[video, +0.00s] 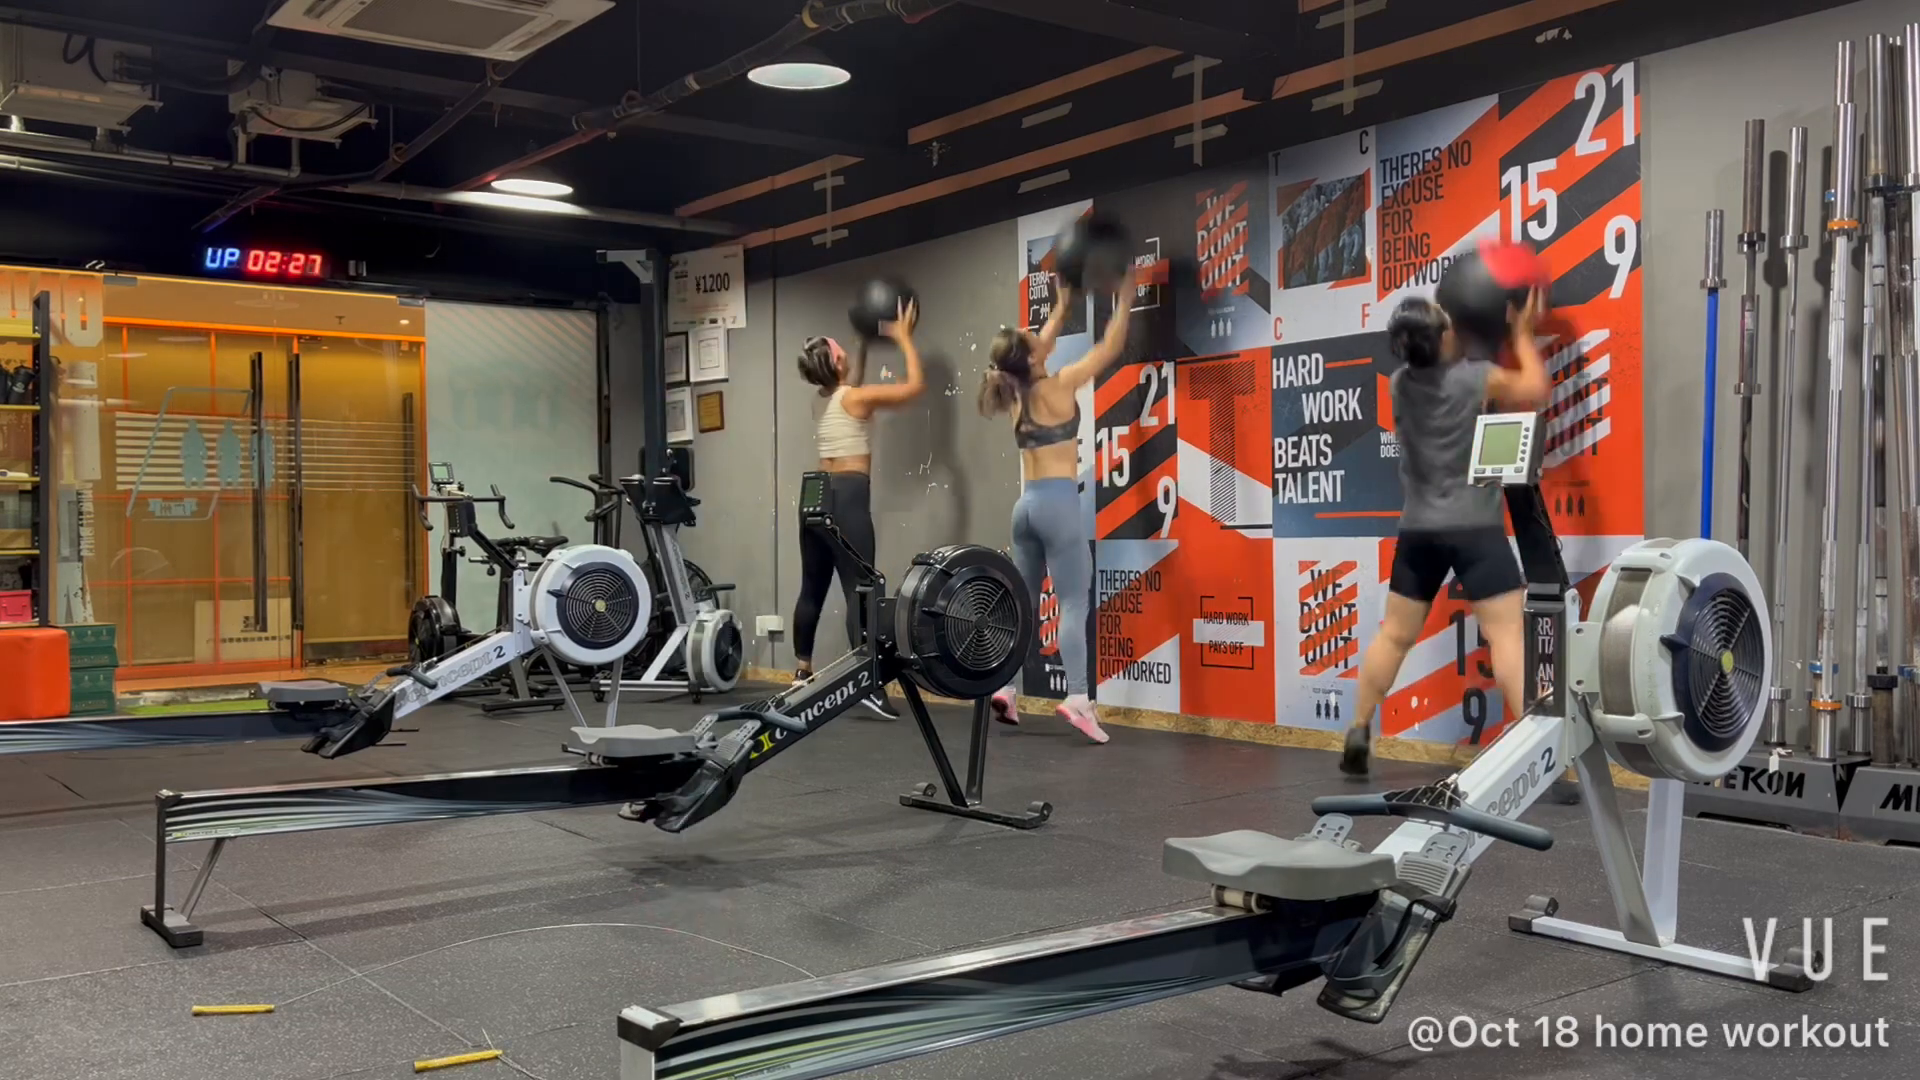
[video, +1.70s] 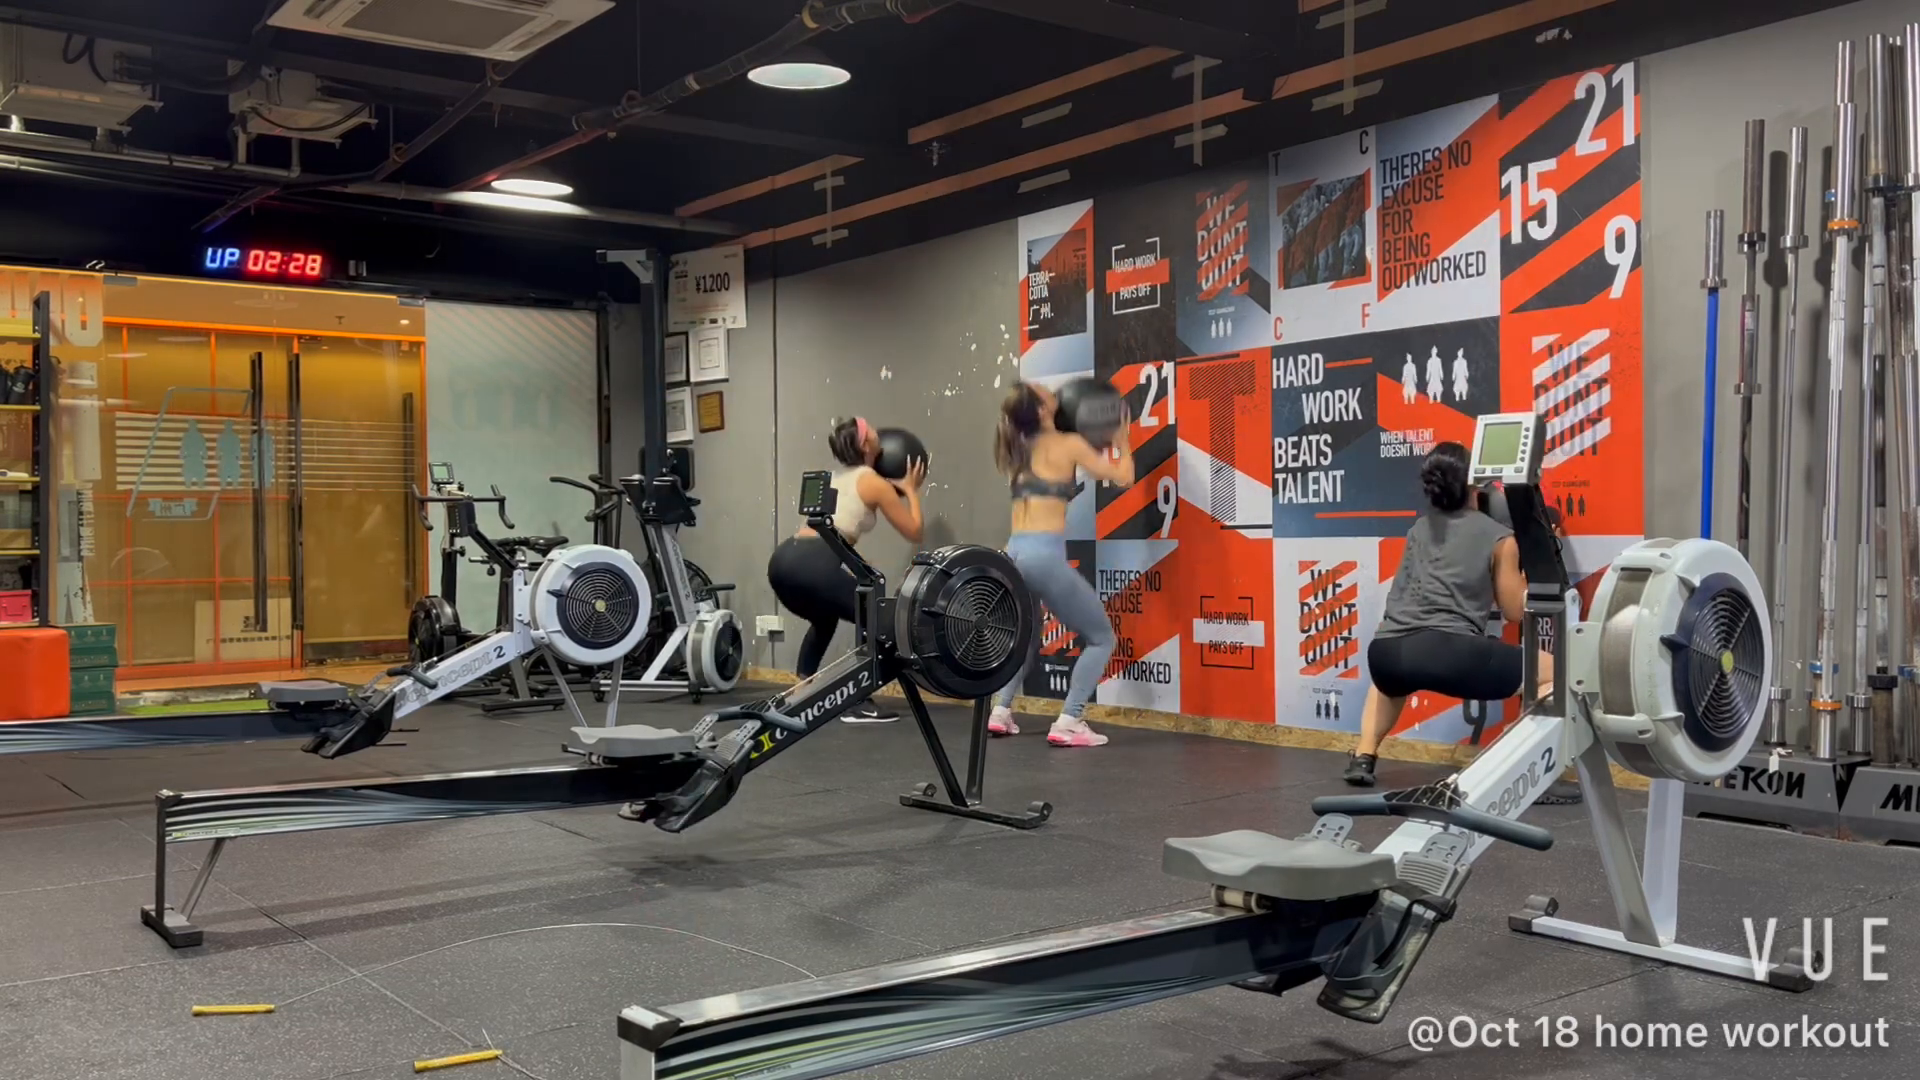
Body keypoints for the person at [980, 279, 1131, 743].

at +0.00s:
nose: (1040, 344)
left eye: (1036, 342)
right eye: (1034, 344)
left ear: (1010, 368)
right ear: (1031, 360)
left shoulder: (1014, 393)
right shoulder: (1060, 384)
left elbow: (1039, 344)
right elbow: (1109, 349)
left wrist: (1062, 300)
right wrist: (1125, 300)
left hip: (1027, 500)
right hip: (1059, 500)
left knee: (1022, 601)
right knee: (1073, 602)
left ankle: (1003, 687)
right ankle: (1077, 698)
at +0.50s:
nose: (1043, 378)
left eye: (1040, 374)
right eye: (1038, 374)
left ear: (1014, 393)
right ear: (1031, 387)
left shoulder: (1012, 425)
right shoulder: (1055, 415)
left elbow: (1036, 400)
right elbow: (1117, 394)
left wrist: (1059, 369)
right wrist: (1145, 352)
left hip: (1034, 529)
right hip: (1067, 527)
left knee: (1022, 624)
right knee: (1067, 629)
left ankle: (997, 713)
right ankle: (1065, 722)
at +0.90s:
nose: (1054, 385)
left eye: (1049, 381)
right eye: (1048, 384)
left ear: (1024, 404)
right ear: (1041, 400)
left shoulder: (1021, 435)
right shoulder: (1061, 432)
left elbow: (1071, 445)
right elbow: (1127, 444)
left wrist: (1089, 418)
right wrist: (1131, 401)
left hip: (1010, 545)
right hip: (1038, 549)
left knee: (1015, 629)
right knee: (1091, 634)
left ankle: (997, 714)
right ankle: (1067, 722)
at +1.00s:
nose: (1057, 417)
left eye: (1052, 412)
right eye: (1051, 416)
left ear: (1026, 436)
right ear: (1046, 435)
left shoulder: (1017, 465)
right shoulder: (1064, 469)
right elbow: (1118, 507)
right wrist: (1129, 469)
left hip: (1006, 571)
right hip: (1035, 577)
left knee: (1020, 638)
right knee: (1105, 641)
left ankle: (997, 714)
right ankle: (1068, 724)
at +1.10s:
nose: (1059, 450)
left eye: (1054, 448)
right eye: (1054, 452)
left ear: (1027, 472)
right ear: (1048, 470)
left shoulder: (1019, 503)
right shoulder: (1066, 508)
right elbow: (1115, 554)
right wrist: (1124, 513)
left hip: (1001, 606)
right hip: (1034, 613)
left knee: (1022, 640)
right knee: (1115, 650)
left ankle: (997, 715)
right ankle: (1069, 724)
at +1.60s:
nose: (1055, 430)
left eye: (1048, 428)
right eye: (1049, 432)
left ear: (1027, 456)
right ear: (1046, 451)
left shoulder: (1022, 483)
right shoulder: (1069, 485)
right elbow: (1122, 524)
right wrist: (1122, 488)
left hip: (1005, 582)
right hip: (1038, 589)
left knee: (1033, 644)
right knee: (1106, 648)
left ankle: (999, 715)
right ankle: (1069, 724)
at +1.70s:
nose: (1052, 395)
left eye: (1046, 392)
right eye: (1046, 395)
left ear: (1025, 417)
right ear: (1042, 411)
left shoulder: (1020, 447)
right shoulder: (1067, 443)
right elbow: (1124, 475)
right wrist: (1123, 439)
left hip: (1014, 553)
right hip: (1045, 557)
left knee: (1022, 635)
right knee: (1102, 638)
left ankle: (1001, 711)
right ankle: (1069, 722)